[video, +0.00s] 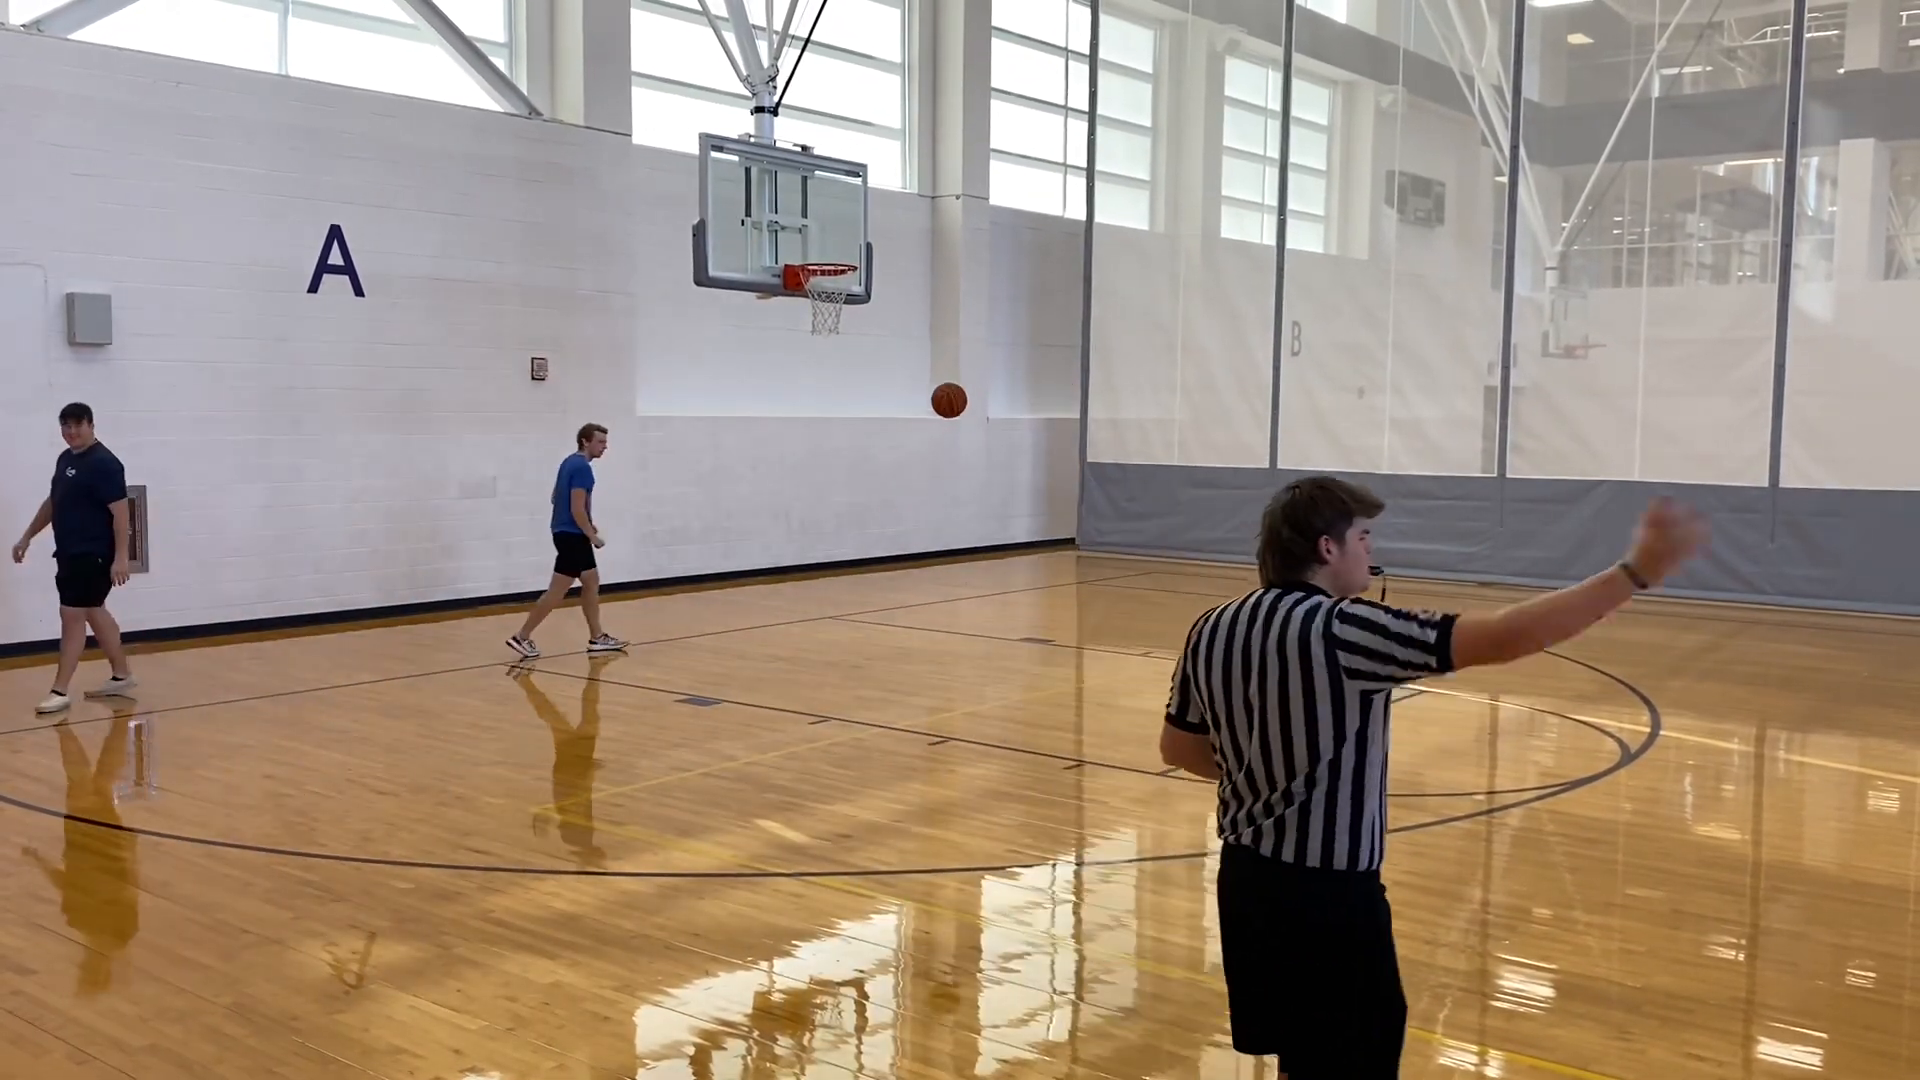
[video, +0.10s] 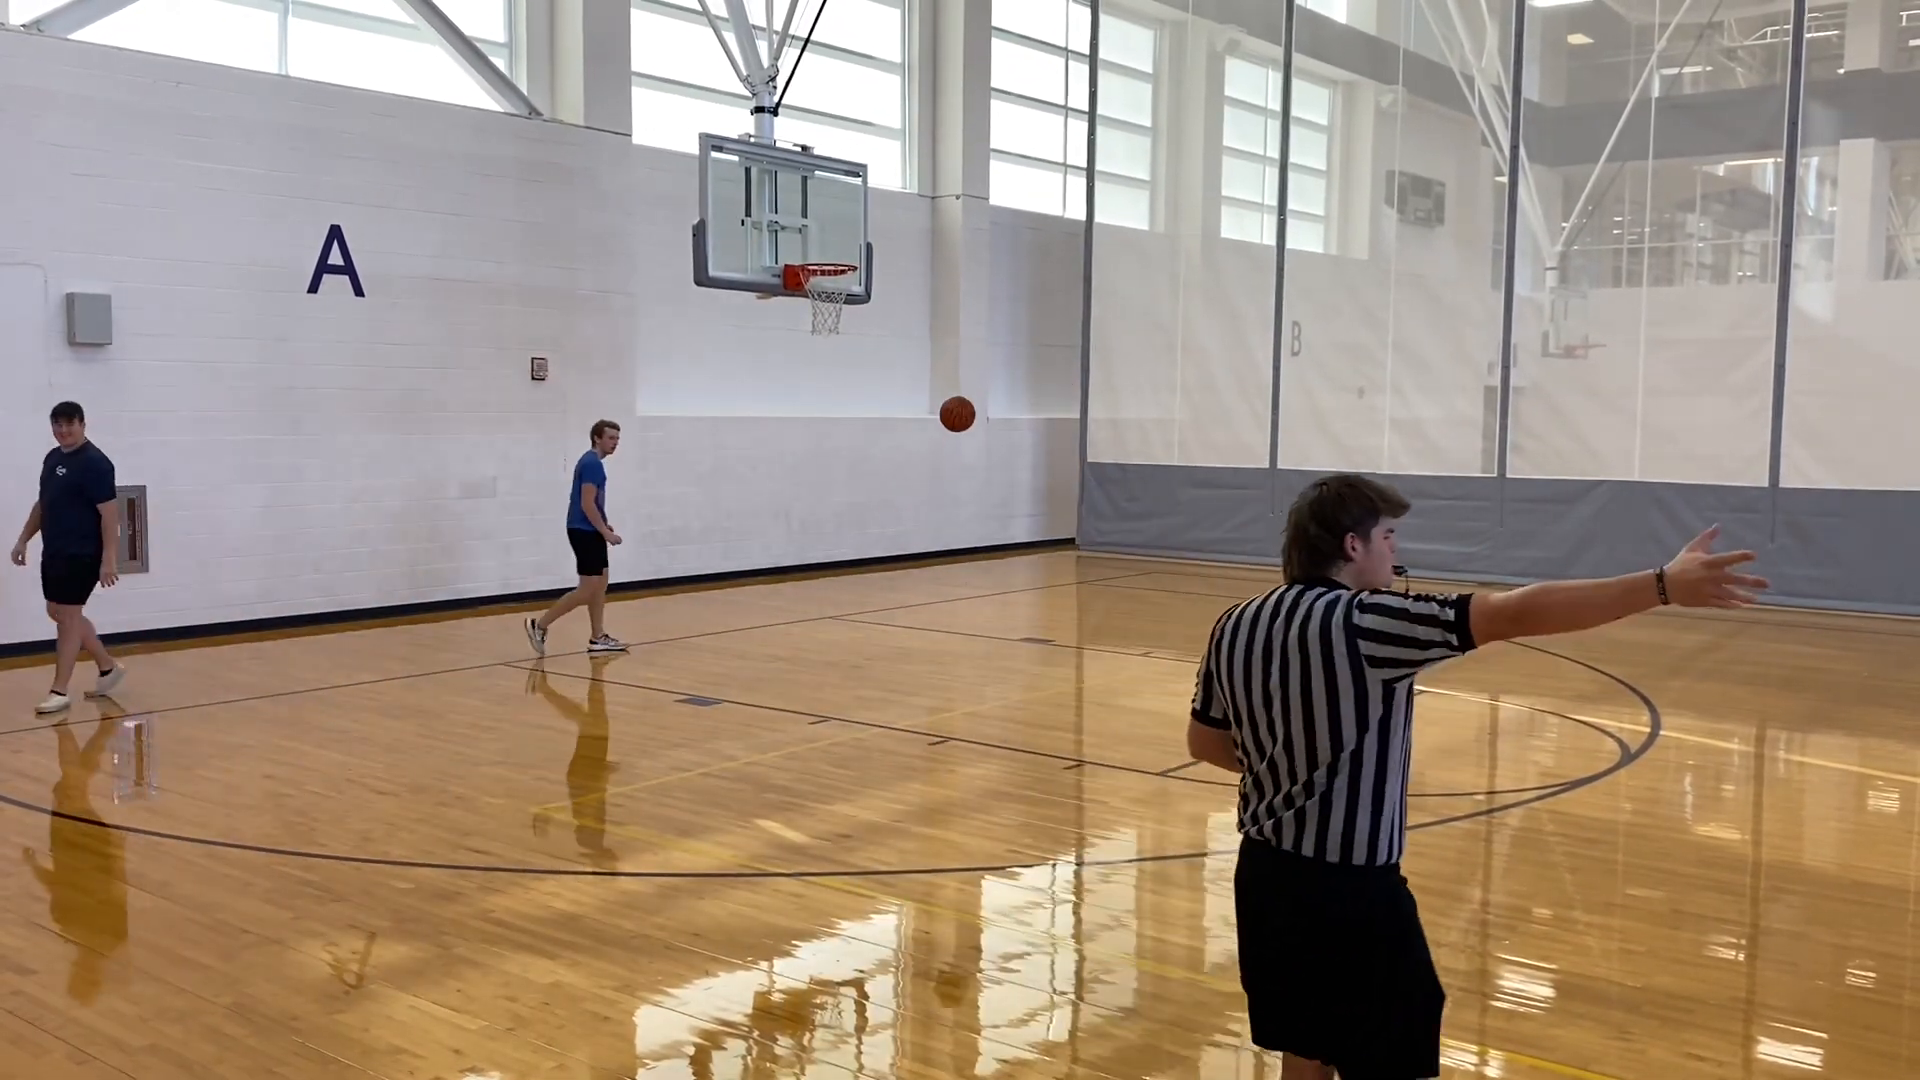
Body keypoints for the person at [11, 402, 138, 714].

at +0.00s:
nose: (69, 432)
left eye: (75, 426)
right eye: (65, 426)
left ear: (90, 426)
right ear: (62, 429)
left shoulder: (106, 464)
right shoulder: (66, 459)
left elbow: (121, 513)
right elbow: (53, 503)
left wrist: (121, 558)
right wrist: (26, 537)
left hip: (93, 554)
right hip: (69, 553)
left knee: (71, 616)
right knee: (95, 611)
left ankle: (60, 691)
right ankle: (122, 674)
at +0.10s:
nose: (62, 430)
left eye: (68, 424)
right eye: (57, 425)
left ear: (82, 425)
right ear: (53, 428)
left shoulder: (98, 463)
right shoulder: (53, 458)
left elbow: (110, 515)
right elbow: (44, 504)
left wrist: (109, 561)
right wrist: (23, 539)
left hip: (83, 552)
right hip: (54, 550)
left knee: (69, 614)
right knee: (58, 611)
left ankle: (59, 691)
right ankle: (108, 666)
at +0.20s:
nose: (55, 433)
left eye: (61, 427)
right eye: (50, 427)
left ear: (74, 426)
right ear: (45, 429)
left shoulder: (88, 464)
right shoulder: (40, 458)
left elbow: (99, 516)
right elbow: (33, 506)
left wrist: (88, 561)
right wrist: (27, 544)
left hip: (71, 553)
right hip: (40, 551)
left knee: (65, 619)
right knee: (26, 610)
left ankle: (59, 691)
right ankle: (85, 657)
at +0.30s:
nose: (48, 431)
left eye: (54, 425)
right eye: (42, 425)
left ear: (65, 426)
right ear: (35, 427)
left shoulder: (81, 465)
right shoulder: (29, 458)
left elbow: (86, 520)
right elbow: (17, 503)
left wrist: (67, 559)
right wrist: (16, 542)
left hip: (70, 550)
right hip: (33, 549)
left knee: (60, 617)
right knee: (8, 610)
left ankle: (60, 691)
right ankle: (49, 662)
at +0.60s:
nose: (18, 431)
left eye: (23, 425)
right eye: (12, 425)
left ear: (31, 427)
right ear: (2, 428)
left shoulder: (50, 464)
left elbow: (65, 513)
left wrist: (38, 548)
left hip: (45, 554)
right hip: (6, 557)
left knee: (43, 620)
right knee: (0, 623)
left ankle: (57, 692)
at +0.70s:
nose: (2, 433)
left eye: (5, 426)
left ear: (14, 426)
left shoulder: (34, 460)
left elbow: (56, 510)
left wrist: (42, 550)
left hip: (31, 556)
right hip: (4, 559)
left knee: (33, 619)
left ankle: (53, 690)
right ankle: (52, 689)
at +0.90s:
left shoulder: (16, 457)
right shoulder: (16, 457)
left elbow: (45, 502)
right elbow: (45, 503)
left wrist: (53, 547)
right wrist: (52, 547)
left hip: (20, 553)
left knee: (29, 618)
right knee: (28, 619)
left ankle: (45, 684)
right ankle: (45, 682)